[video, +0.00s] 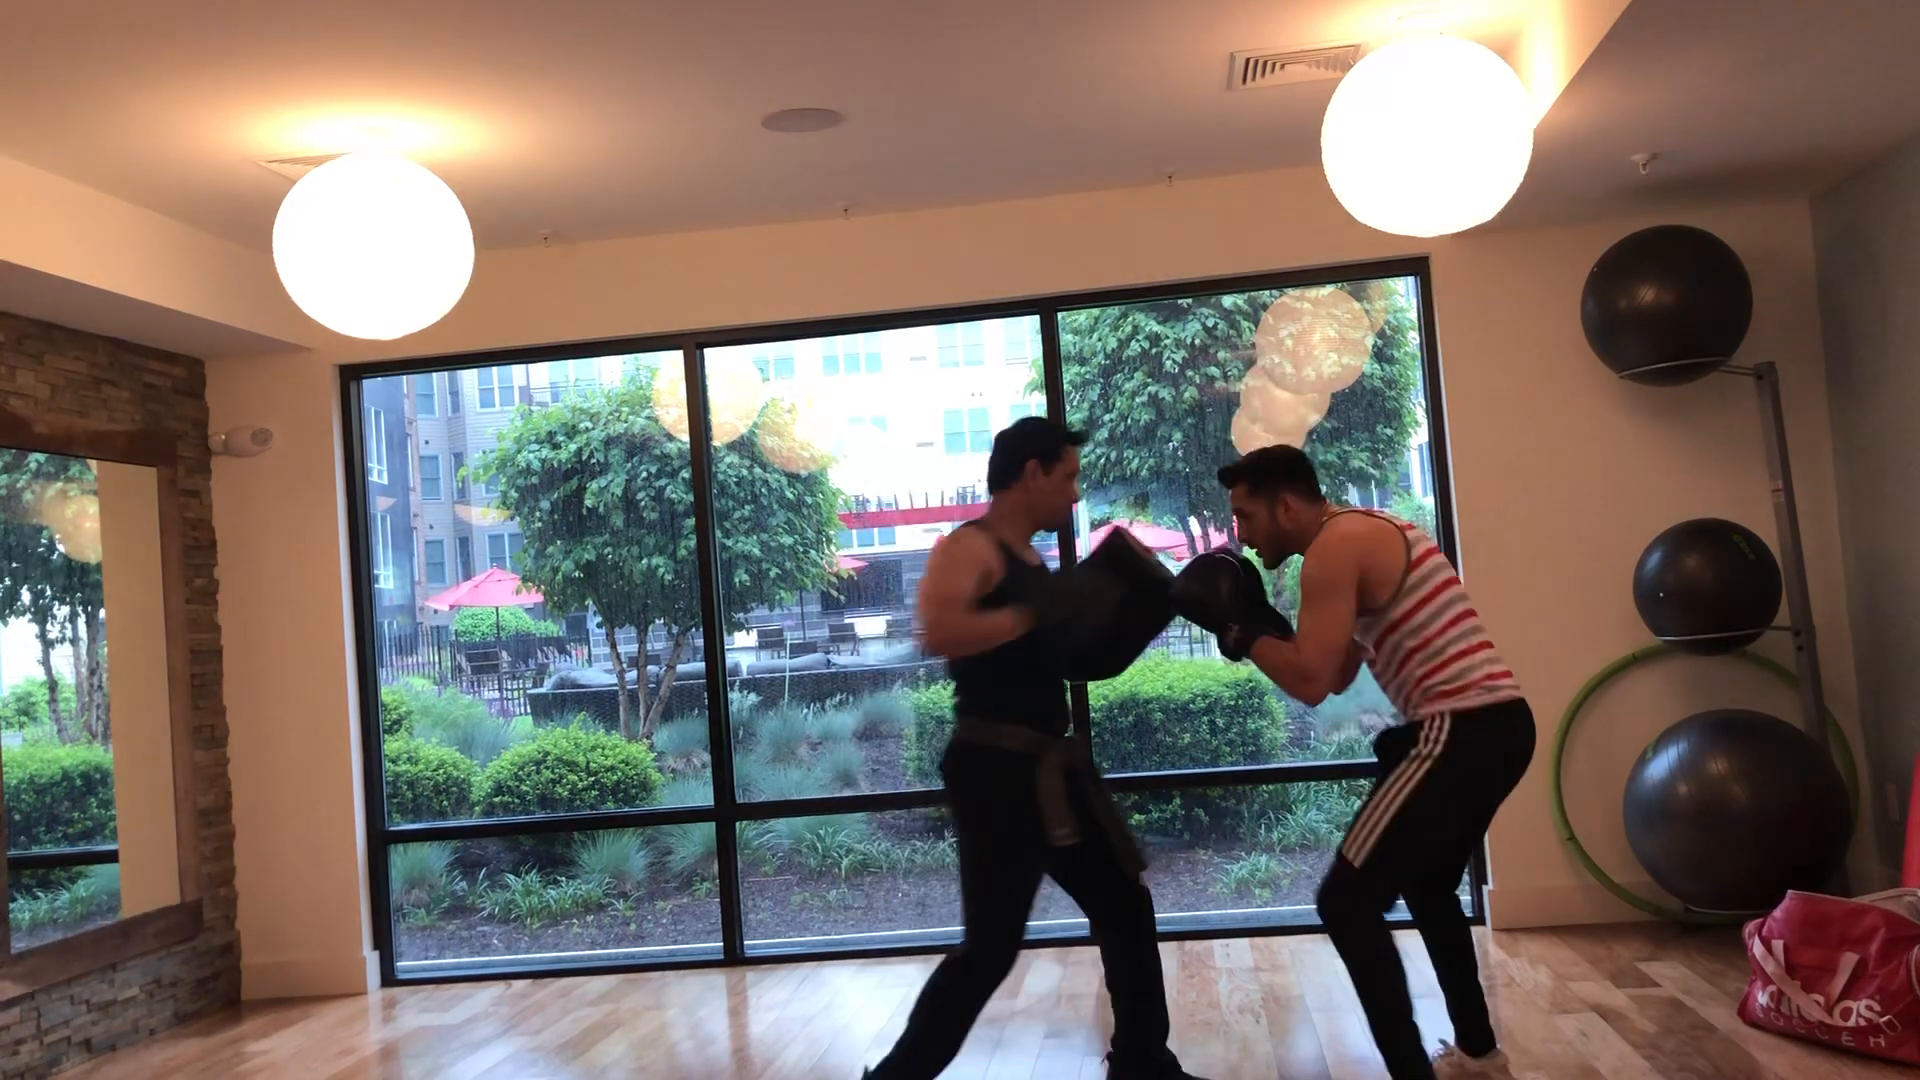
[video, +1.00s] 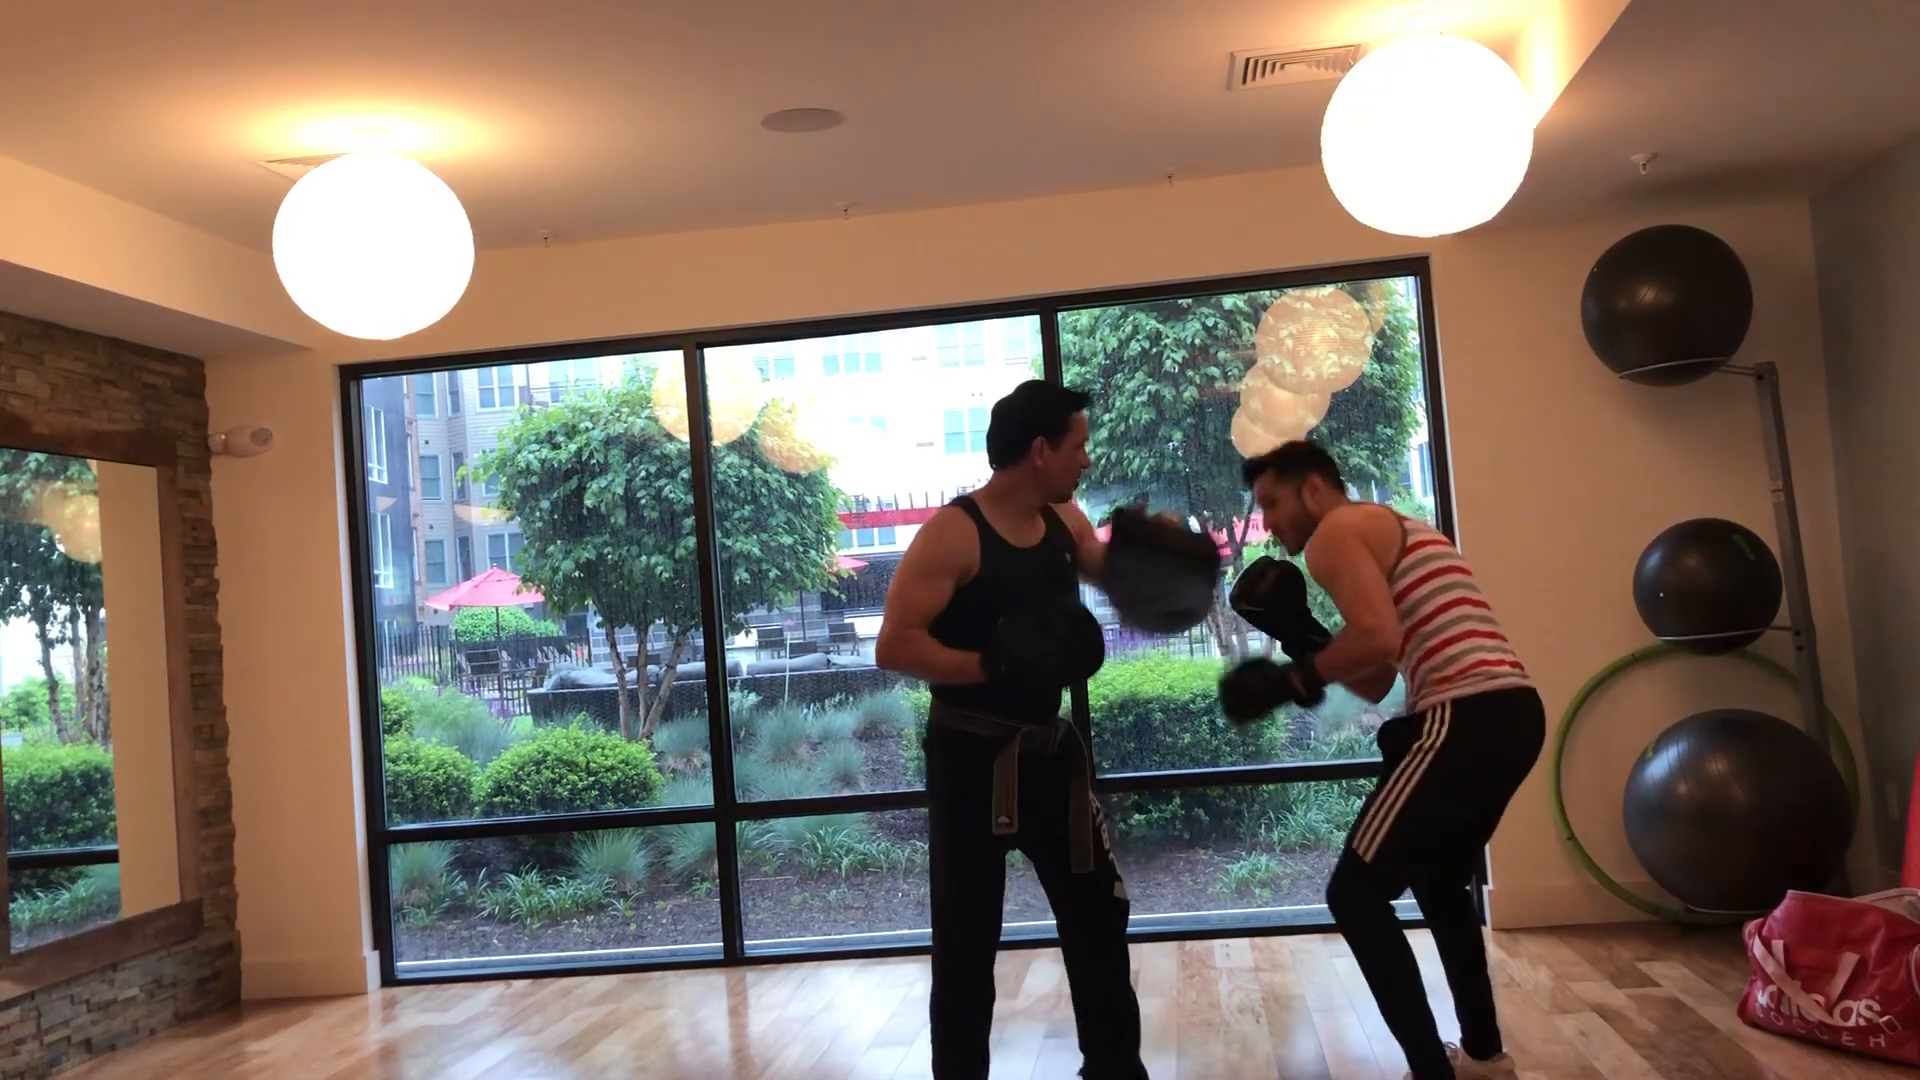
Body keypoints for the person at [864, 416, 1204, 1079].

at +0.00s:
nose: (1077, 492)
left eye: (1078, 478)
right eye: (1070, 478)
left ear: (1028, 479)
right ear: (1030, 476)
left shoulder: (1029, 560)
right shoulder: (966, 547)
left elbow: (1068, 649)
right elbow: (938, 631)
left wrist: (1119, 590)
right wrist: (1038, 611)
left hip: (1047, 763)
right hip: (991, 767)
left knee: (1124, 907)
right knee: (991, 947)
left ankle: (1143, 1061)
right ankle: (896, 1074)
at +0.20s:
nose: (1110, 483)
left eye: (1111, 470)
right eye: (1101, 469)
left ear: (1048, 472)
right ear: (1054, 466)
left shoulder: (1005, 544)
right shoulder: (1068, 520)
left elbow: (1048, 662)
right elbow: (1189, 524)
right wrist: (1287, 517)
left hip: (1027, 749)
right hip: (1022, 752)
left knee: (1098, 909)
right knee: (1002, 929)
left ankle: (1139, 1062)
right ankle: (912, 1072)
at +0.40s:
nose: (1131, 486)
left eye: (1134, 472)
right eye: (1118, 471)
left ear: (1072, 476)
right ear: (1073, 470)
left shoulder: (1019, 543)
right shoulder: (1085, 540)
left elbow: (1086, 665)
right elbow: (1177, 627)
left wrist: (1188, 631)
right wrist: (1217, 590)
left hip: (1033, 749)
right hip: (1035, 755)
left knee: (1108, 904)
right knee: (1022, 933)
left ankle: (1139, 1057)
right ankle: (954, 1072)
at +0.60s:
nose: (1115, 475)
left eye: (1117, 461)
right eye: (1102, 461)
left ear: (1065, 466)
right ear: (1051, 461)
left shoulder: (1063, 543)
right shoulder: (1018, 546)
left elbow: (1070, 637)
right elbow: (1001, 660)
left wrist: (1131, 622)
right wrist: (1105, 679)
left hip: (1058, 749)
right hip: (1007, 757)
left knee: (1108, 910)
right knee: (1012, 938)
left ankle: (1142, 1060)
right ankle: (976, 1074)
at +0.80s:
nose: (1093, 471)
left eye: (1093, 457)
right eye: (1083, 458)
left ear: (1043, 463)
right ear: (1034, 463)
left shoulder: (1070, 515)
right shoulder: (963, 544)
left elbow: (1162, 513)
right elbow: (908, 657)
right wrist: (1010, 696)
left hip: (1048, 748)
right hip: (969, 753)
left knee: (1086, 909)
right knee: (980, 935)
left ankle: (1114, 1061)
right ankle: (967, 1073)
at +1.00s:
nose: (1087, 460)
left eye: (1086, 446)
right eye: (1078, 446)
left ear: (1041, 451)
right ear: (1039, 452)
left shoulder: (1061, 518)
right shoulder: (950, 533)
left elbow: (1114, 578)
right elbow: (895, 647)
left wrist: (1152, 551)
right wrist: (998, 665)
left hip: (1052, 745)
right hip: (969, 752)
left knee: (1097, 920)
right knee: (967, 939)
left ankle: (1115, 1073)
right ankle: (960, 1077)